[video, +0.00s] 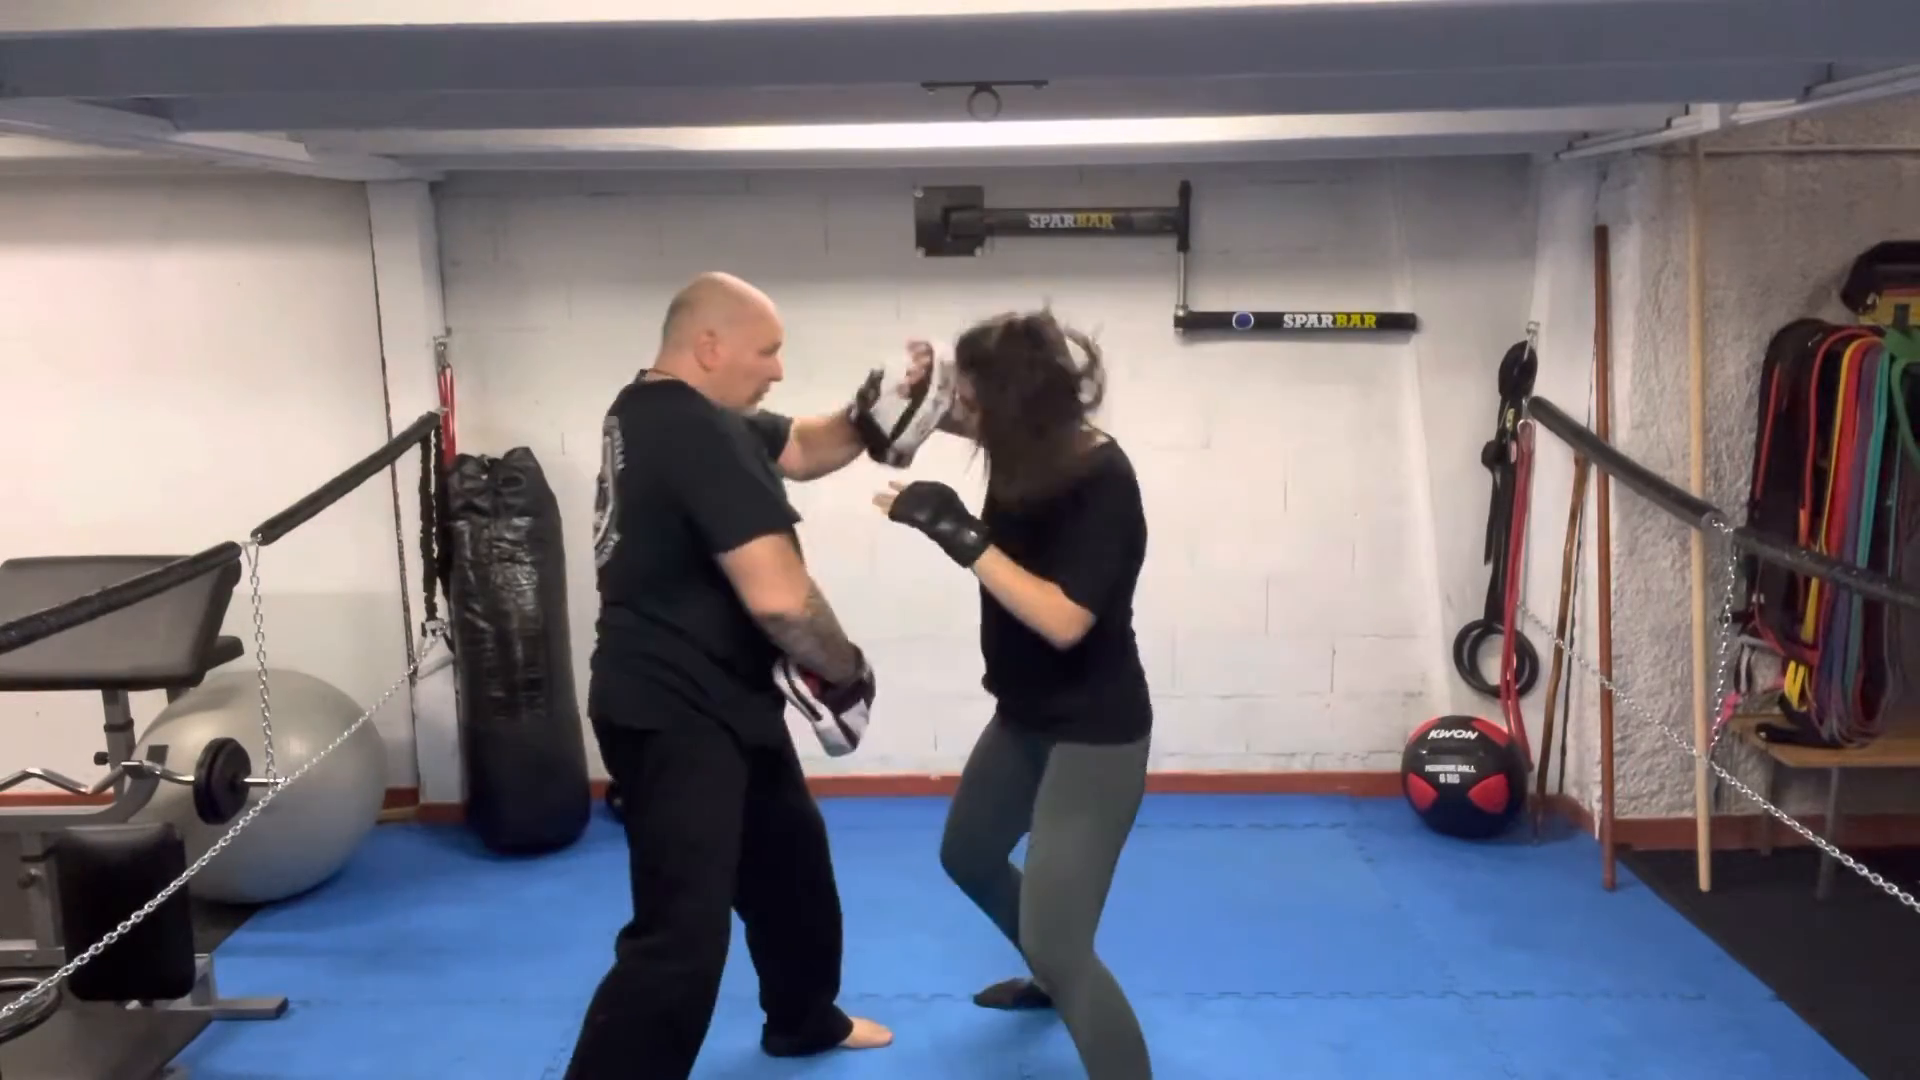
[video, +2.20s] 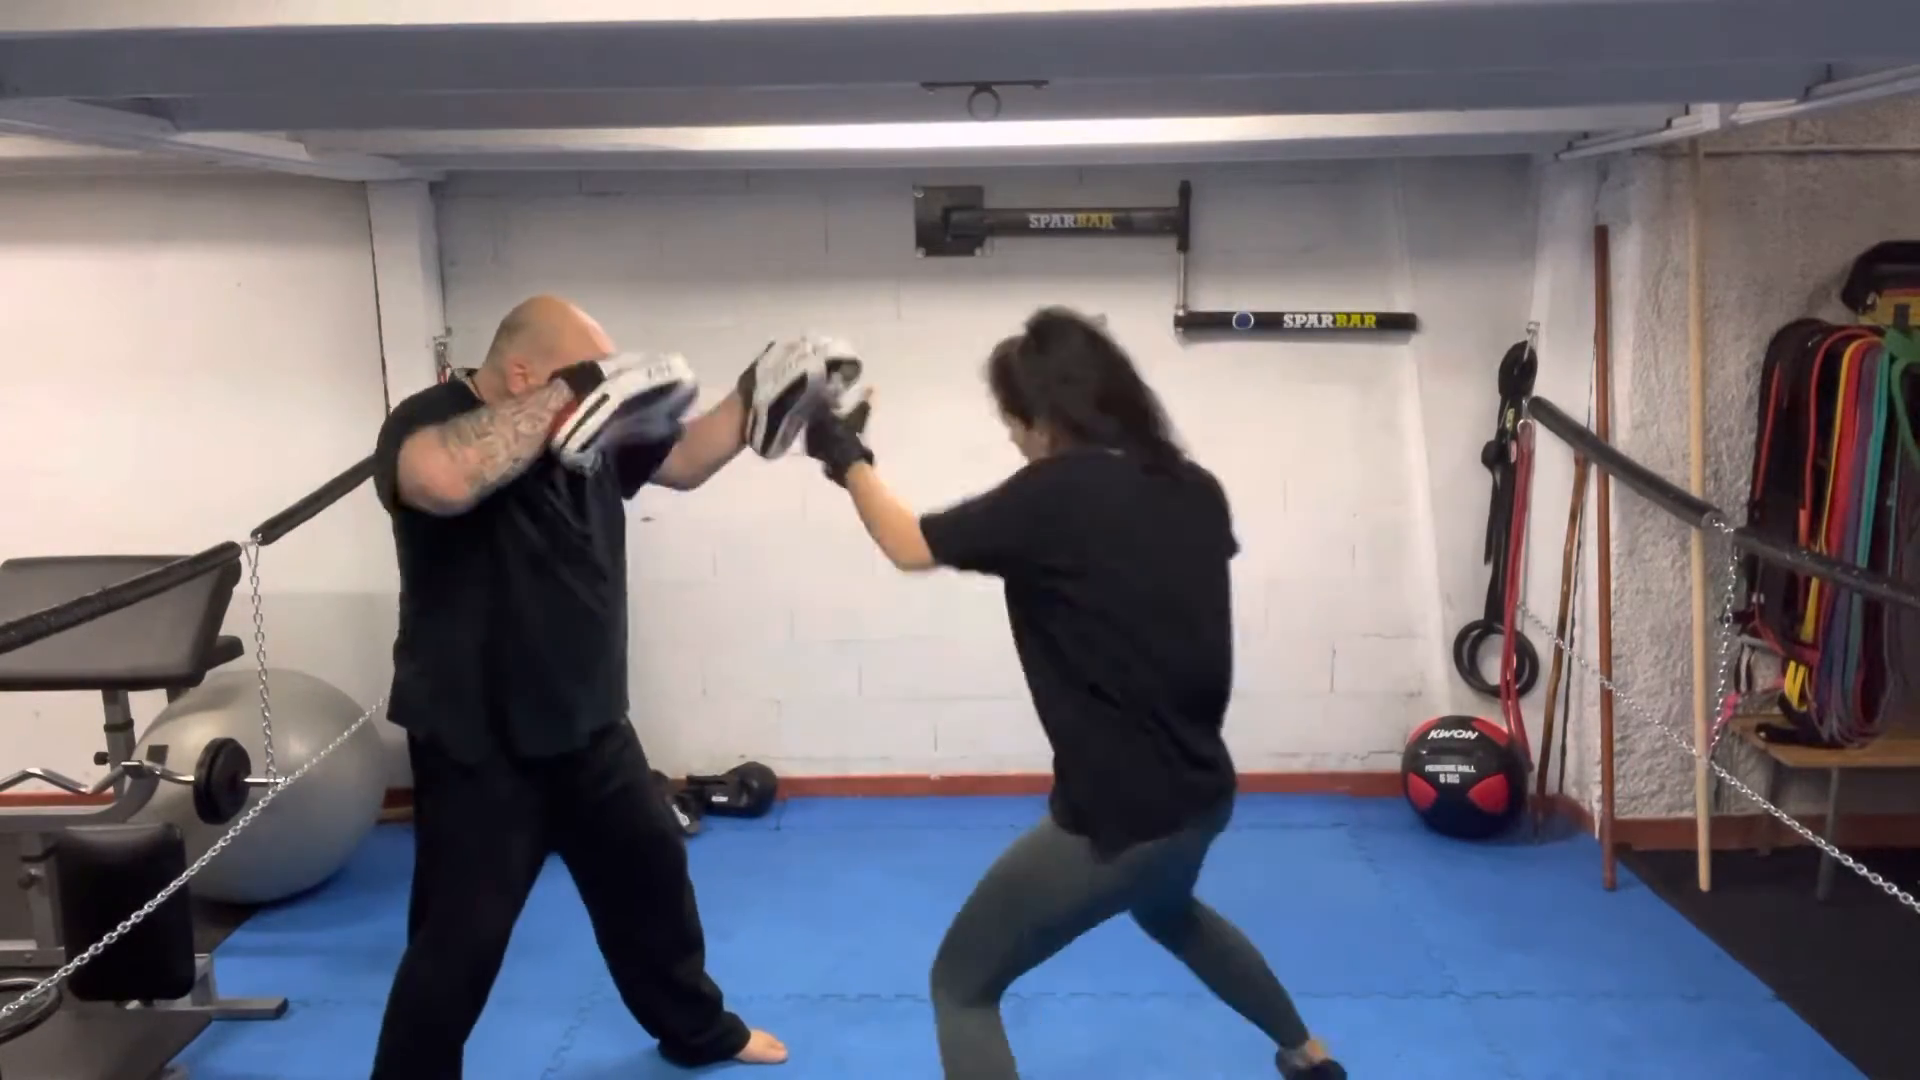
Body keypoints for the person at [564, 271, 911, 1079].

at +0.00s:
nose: (777, 369)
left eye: (777, 352)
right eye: (765, 351)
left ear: (699, 349)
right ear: (706, 347)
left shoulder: (681, 411)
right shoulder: (693, 427)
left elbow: (806, 445)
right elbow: (780, 601)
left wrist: (891, 402)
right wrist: (846, 677)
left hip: (725, 702)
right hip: (673, 711)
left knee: (790, 864)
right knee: (681, 938)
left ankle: (802, 1020)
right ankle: (608, 1076)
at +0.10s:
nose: (743, 372)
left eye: (743, 354)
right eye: (731, 353)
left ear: (669, 349)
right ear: (668, 347)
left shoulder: (684, 429)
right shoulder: (627, 440)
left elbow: (769, 481)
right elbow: (717, 606)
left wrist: (859, 442)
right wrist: (833, 642)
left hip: (722, 722)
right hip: (650, 730)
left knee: (776, 883)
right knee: (660, 946)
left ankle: (801, 1021)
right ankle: (605, 1073)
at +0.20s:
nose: (718, 374)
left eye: (719, 355)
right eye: (705, 355)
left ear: (643, 350)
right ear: (639, 350)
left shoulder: (658, 422)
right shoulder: (583, 455)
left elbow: (709, 515)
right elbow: (634, 626)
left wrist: (805, 494)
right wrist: (784, 634)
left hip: (707, 727)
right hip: (631, 742)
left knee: (751, 892)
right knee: (638, 952)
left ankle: (797, 1021)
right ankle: (605, 1074)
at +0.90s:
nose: (743, 403)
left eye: (747, 386)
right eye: (735, 383)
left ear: (682, 370)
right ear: (675, 366)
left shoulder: (682, 439)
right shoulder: (565, 420)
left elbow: (681, 559)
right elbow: (554, 568)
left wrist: (767, 552)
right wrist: (709, 553)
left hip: (646, 713)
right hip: (545, 716)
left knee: (677, 875)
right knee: (536, 915)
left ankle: (694, 1032)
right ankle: (513, 1073)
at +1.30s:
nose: (625, 410)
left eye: (628, 391)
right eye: (612, 391)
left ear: (555, 382)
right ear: (544, 380)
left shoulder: (588, 447)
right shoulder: (438, 460)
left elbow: (610, 549)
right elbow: (461, 617)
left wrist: (681, 564)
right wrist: (622, 586)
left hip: (592, 730)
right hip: (477, 747)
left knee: (660, 863)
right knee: (451, 945)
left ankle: (694, 1030)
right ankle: (411, 1074)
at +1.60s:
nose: (607, 406)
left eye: (609, 386)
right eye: (591, 387)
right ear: (524, 377)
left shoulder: (583, 435)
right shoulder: (420, 444)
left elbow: (653, 489)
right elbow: (416, 586)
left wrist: (721, 473)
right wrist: (574, 544)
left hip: (586, 734)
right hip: (473, 750)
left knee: (649, 866)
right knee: (445, 951)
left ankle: (693, 1028)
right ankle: (407, 1071)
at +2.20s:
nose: (586, 397)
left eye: (597, 381)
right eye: (573, 378)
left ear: (604, 384)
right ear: (516, 372)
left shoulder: (592, 434)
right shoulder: (433, 416)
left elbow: (684, 459)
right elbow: (439, 480)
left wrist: (758, 393)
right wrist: (561, 413)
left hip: (589, 732)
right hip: (472, 746)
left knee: (652, 880)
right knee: (455, 952)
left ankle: (697, 1031)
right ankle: (411, 1076)